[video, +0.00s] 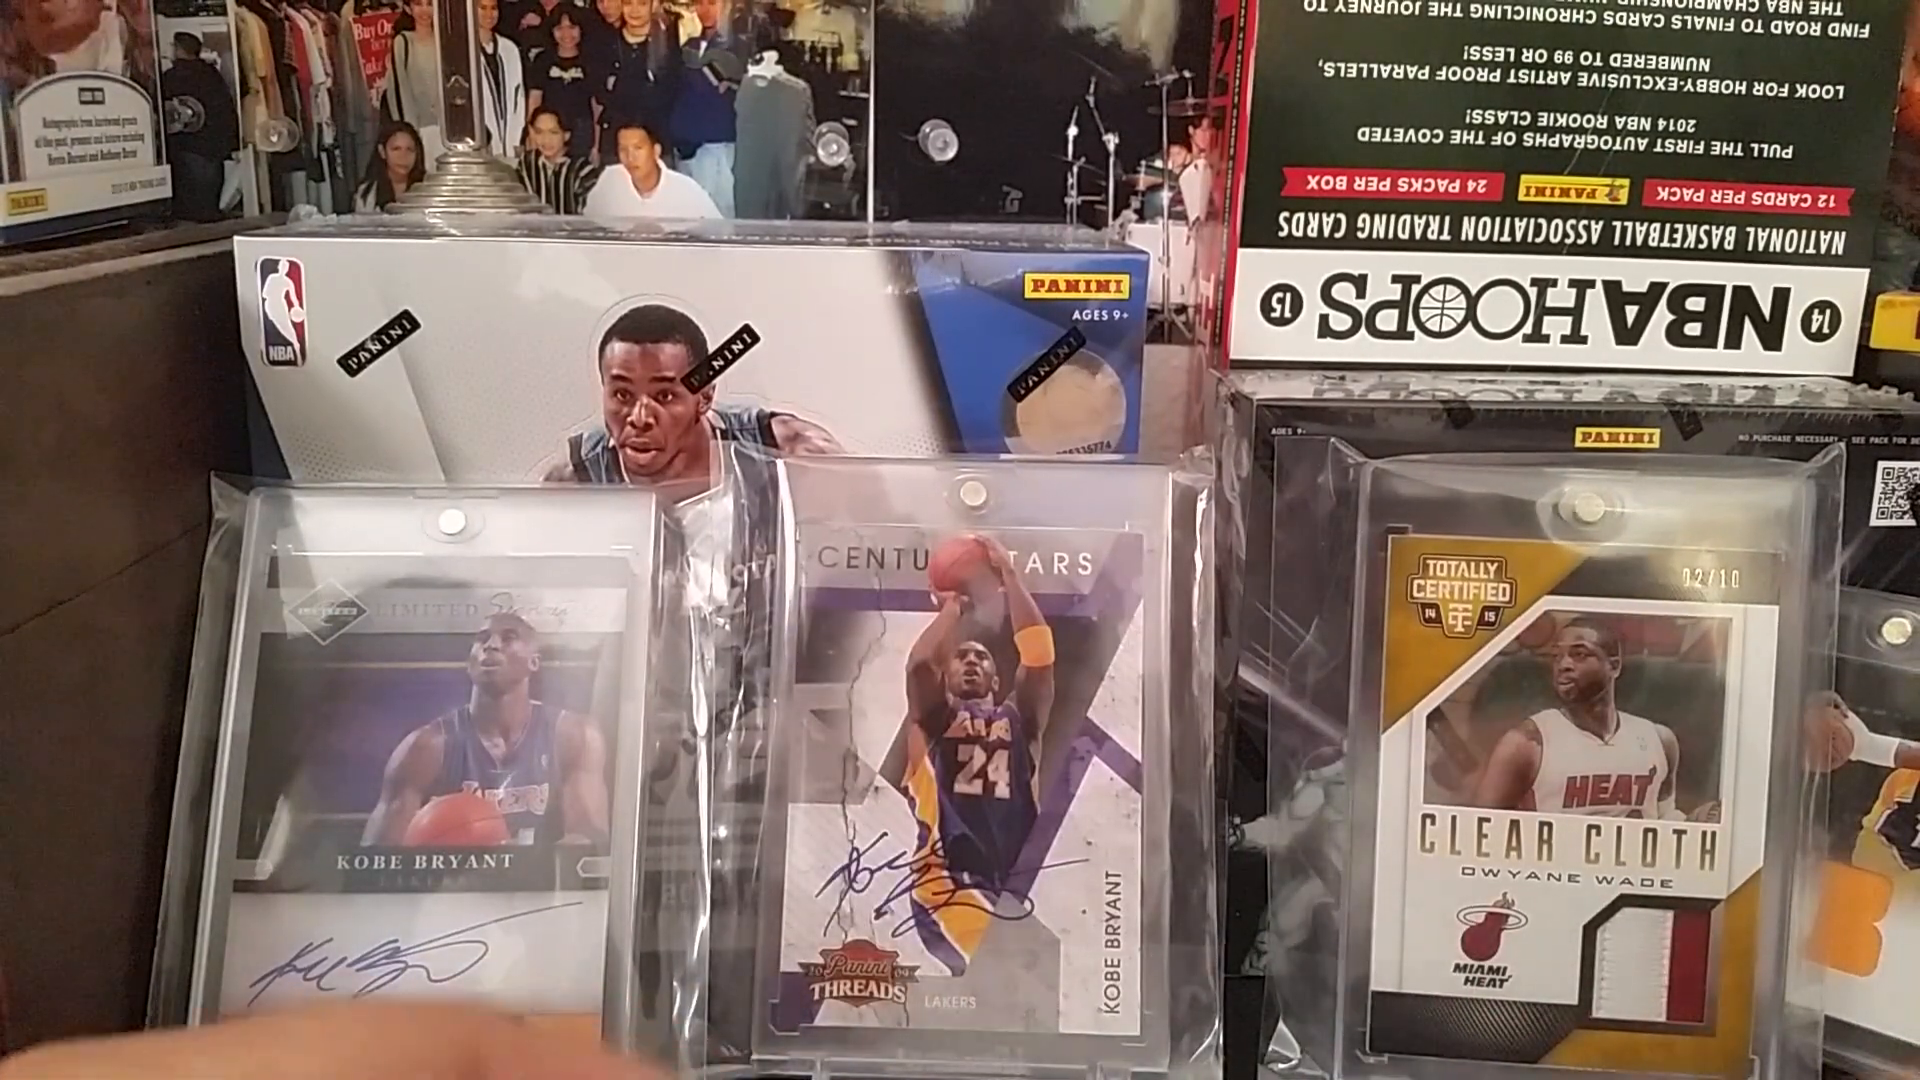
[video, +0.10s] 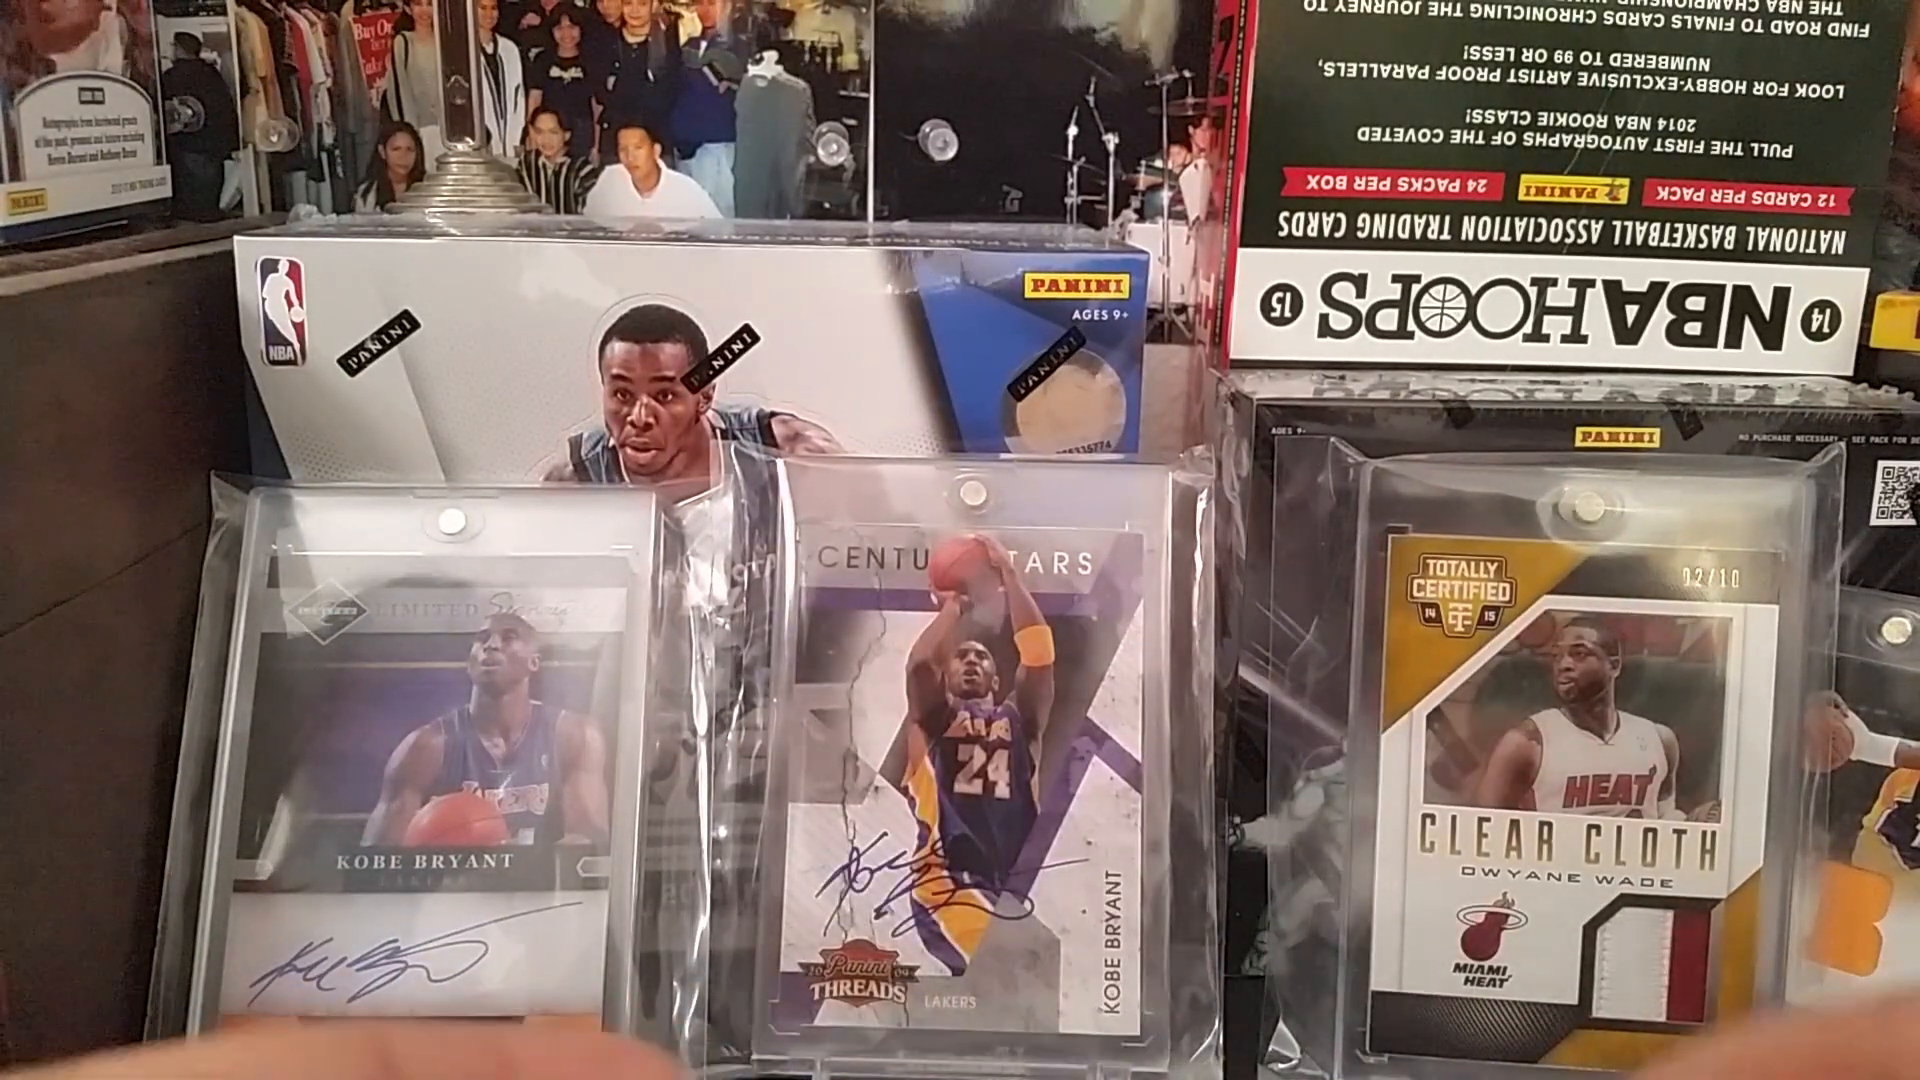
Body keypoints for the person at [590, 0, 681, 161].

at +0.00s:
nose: (634, 10)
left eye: (642, 3)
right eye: (628, 3)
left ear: (654, 5)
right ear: (621, 7)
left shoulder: (667, 44)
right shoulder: (607, 43)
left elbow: (670, 93)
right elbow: (601, 94)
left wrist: (616, 86)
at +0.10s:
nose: (634, 10)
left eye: (642, 3)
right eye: (628, 3)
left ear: (654, 6)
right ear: (621, 7)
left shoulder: (667, 42)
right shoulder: (607, 42)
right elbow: (601, 94)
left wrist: (617, 86)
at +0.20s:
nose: (635, 10)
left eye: (642, 3)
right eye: (628, 3)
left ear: (654, 6)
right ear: (621, 7)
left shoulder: (667, 43)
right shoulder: (607, 43)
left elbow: (674, 88)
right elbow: (601, 93)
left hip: (658, 134)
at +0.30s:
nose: (635, 10)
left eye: (642, 4)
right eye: (628, 4)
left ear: (654, 6)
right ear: (621, 7)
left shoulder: (667, 42)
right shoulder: (608, 42)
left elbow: (673, 89)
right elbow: (601, 94)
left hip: (656, 132)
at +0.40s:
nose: (634, 10)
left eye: (642, 3)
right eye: (628, 3)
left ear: (653, 6)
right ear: (621, 7)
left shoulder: (667, 42)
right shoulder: (608, 42)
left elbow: (673, 89)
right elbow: (600, 92)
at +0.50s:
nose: (635, 10)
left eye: (642, 3)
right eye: (628, 3)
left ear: (653, 6)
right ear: (621, 7)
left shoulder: (667, 43)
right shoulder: (607, 43)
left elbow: (675, 88)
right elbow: (600, 92)